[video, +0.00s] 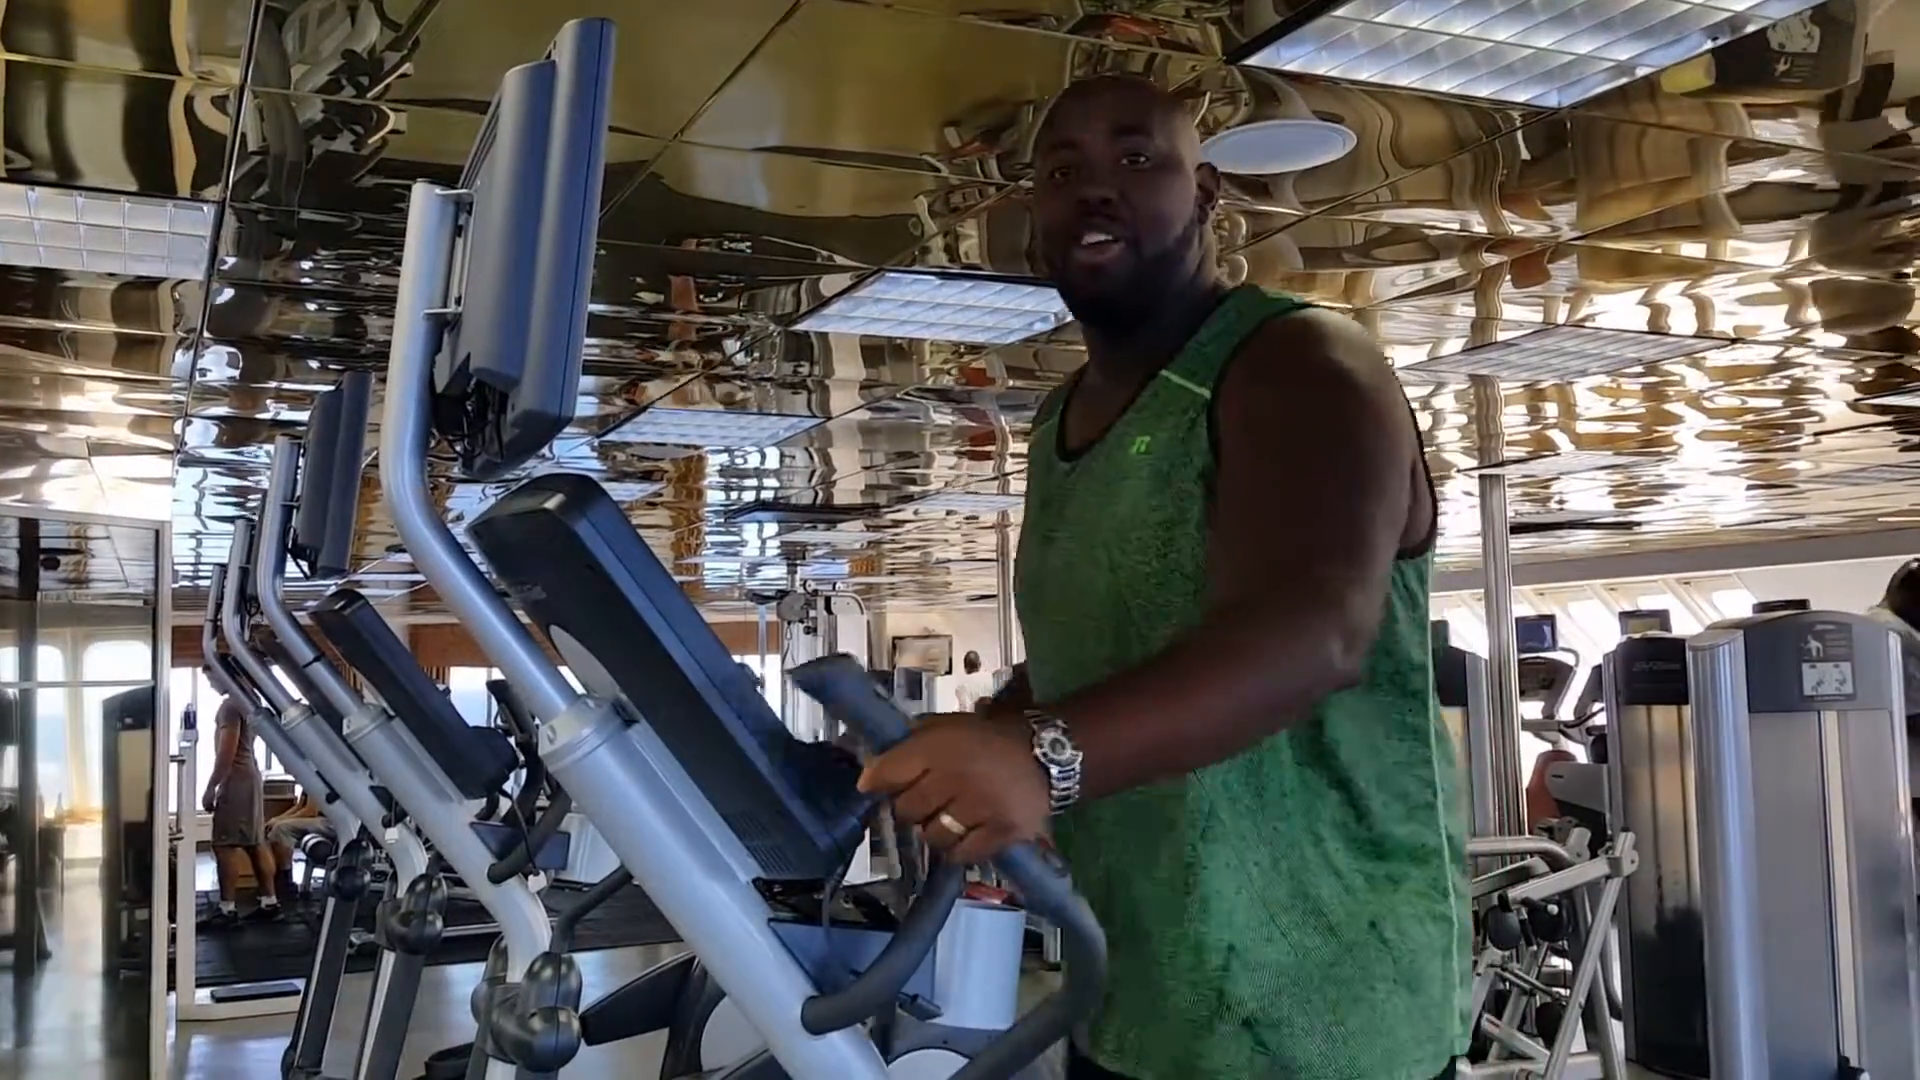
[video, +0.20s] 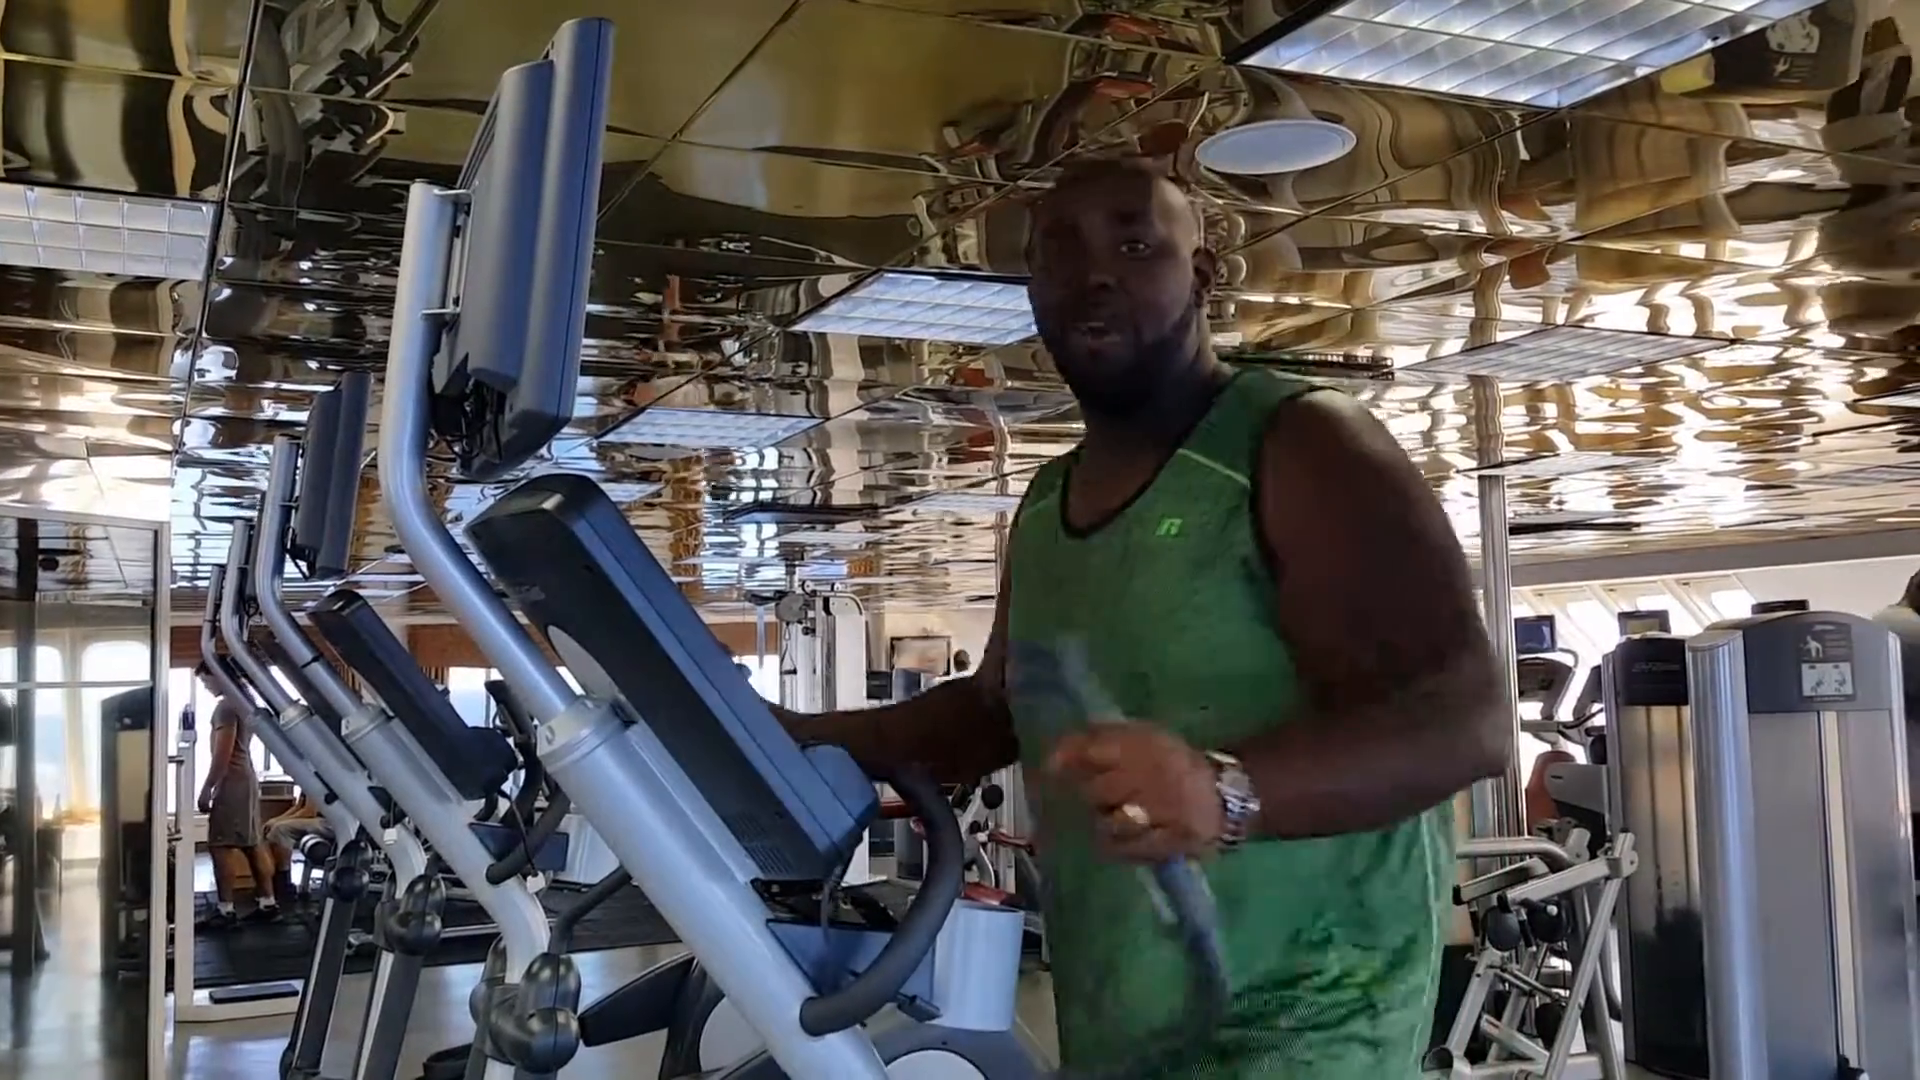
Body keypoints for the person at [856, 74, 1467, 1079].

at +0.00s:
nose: (1091, 186)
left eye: (1134, 158)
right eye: (1062, 166)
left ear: (1205, 196)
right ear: (1034, 213)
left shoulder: (1310, 367)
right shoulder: (1066, 421)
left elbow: (1314, 625)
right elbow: (1083, 656)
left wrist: (1052, 758)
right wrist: (978, 754)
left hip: (1321, 994)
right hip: (1135, 983)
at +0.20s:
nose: (1093, 278)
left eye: (1135, 245)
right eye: (1062, 251)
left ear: (1202, 278)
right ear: (1032, 288)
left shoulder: (1311, 446)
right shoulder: (1050, 502)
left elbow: (1468, 716)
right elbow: (1002, 707)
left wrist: (1231, 792)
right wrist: (802, 742)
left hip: (1311, 1022)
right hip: (1111, 1021)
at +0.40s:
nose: (1107, 239)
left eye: (1148, 204)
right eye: (1071, 209)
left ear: (1215, 236)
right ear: (1038, 247)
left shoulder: (1333, 418)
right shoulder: (1038, 483)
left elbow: (1538, 663)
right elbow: (928, 664)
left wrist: (1376, 835)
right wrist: (735, 737)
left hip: (1307, 992)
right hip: (1111, 995)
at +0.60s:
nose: (1120, 189)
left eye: (1165, 163)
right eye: (1086, 166)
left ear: (1229, 204)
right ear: (1046, 214)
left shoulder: (1319, 372)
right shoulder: (1043, 448)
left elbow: (1531, 625)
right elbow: (947, 642)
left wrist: (1311, 789)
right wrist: (741, 734)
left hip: (1366, 1007)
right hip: (1136, 1007)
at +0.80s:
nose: (1125, 281)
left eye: (1170, 250)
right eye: (1097, 255)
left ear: (1244, 285)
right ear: (1065, 287)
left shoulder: (1349, 460)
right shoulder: (1114, 496)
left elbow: (1448, 756)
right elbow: (1104, 697)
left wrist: (1134, 775)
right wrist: (886, 754)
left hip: (1371, 1046)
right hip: (1145, 1041)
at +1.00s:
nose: (1099, 221)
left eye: (1145, 198)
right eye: (1069, 200)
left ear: (1223, 239)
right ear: (1038, 252)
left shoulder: (1322, 398)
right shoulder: (1107, 443)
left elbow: (1297, 666)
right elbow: (1151, 698)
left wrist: (999, 766)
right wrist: (994, 755)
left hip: (1348, 1008)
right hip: (1153, 996)